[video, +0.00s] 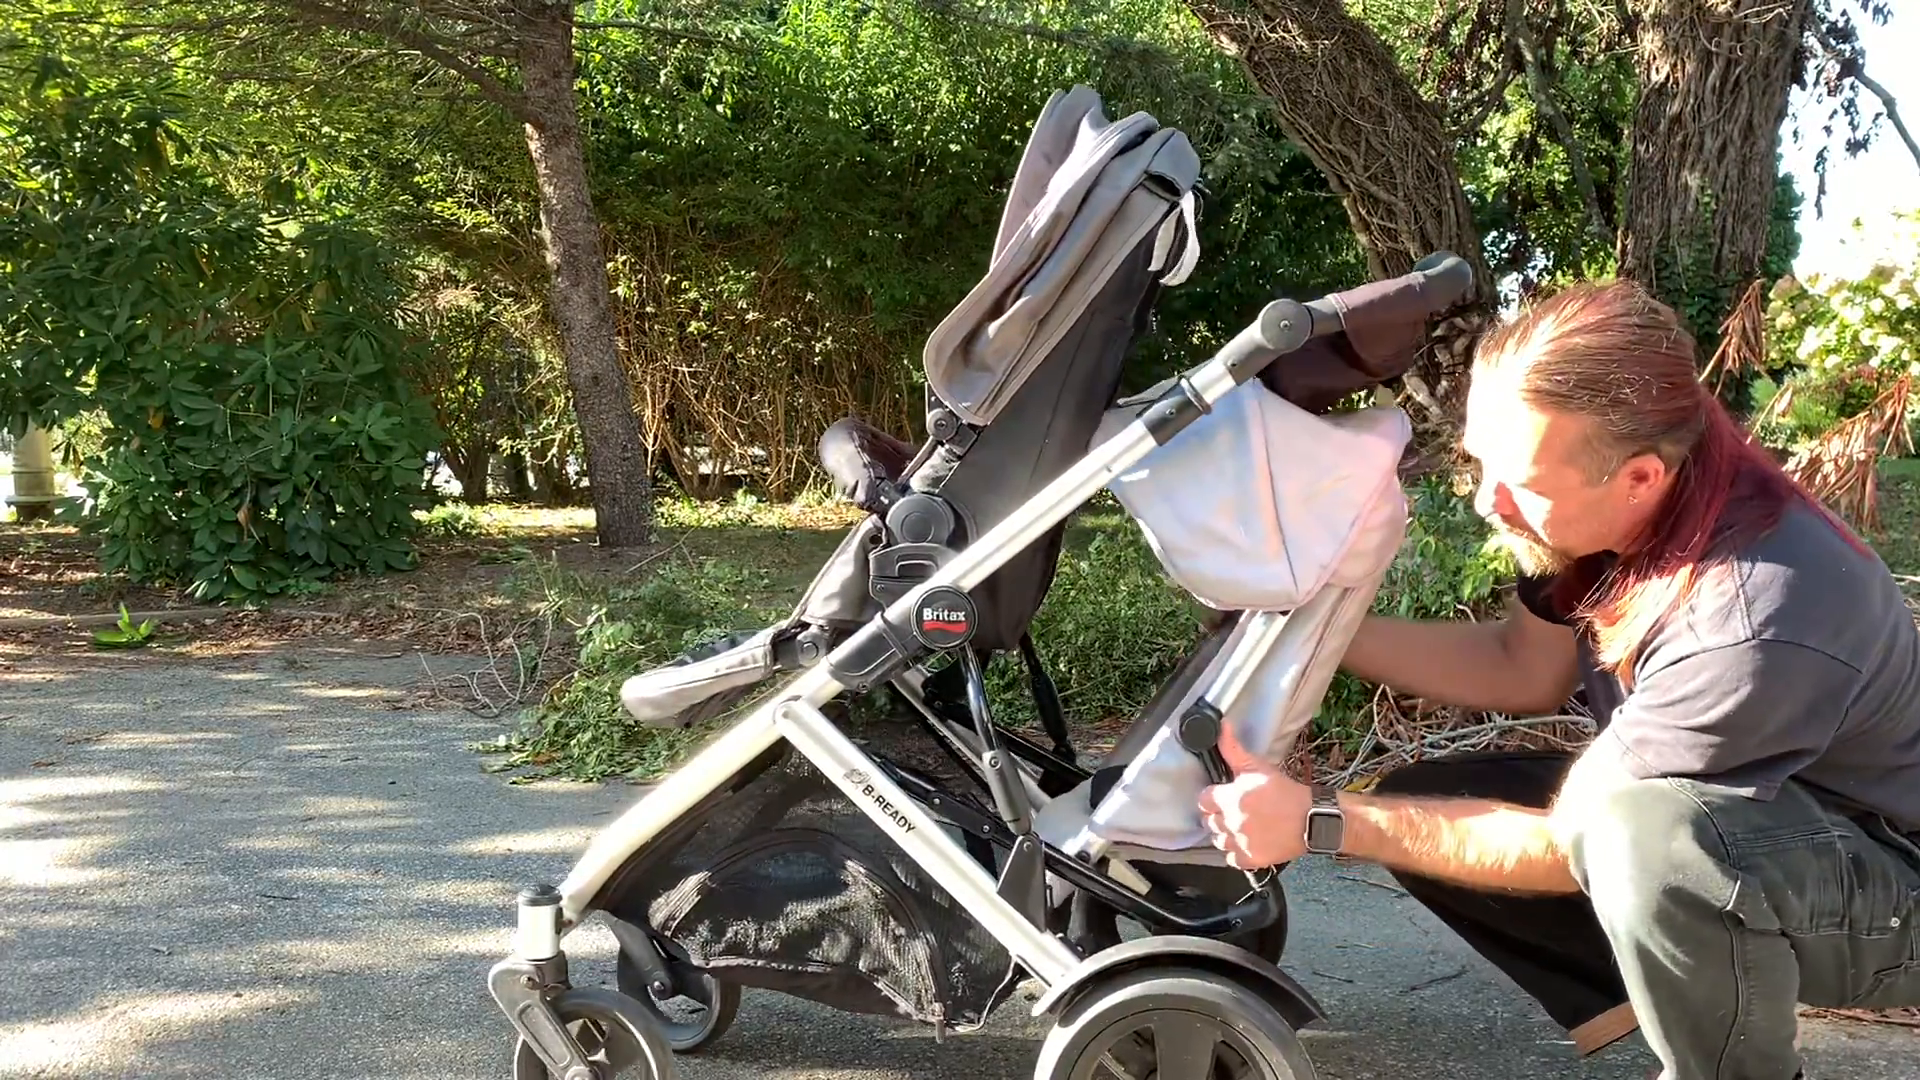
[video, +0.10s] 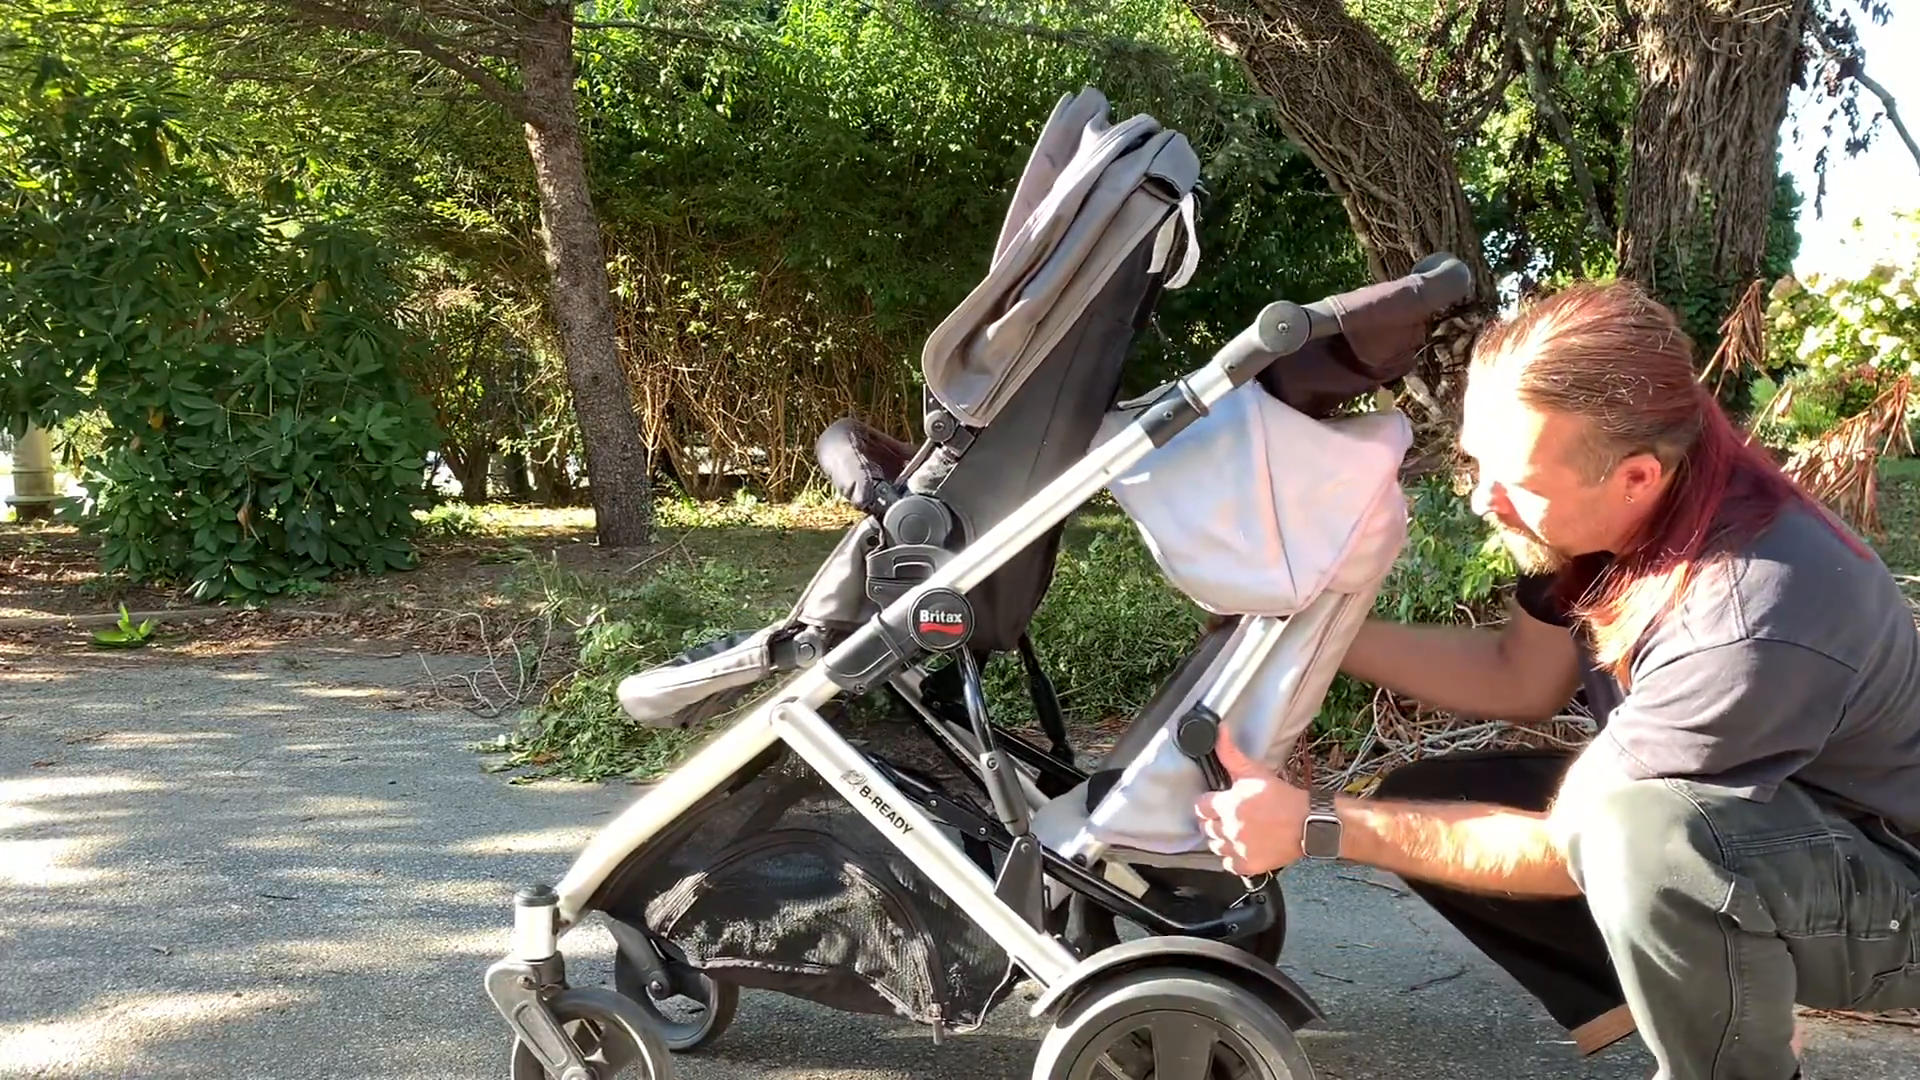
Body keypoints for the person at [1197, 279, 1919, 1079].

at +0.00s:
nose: (1488, 505)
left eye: (1521, 485)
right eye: (1485, 471)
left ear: (1639, 483)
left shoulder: (1751, 627)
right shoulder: (1615, 515)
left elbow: (1560, 849)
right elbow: (1522, 664)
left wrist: (1322, 824)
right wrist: (1312, 624)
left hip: (1894, 874)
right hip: (1748, 804)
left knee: (1650, 836)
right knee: (1409, 808)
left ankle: (1725, 1070)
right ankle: (1667, 1025)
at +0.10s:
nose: (1482, 503)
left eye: (1514, 484)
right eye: (1480, 469)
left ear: (1634, 483)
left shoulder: (1749, 628)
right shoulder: (1610, 515)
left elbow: (1558, 852)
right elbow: (1521, 675)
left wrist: (1322, 827)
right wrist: (1313, 626)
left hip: (1896, 879)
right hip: (1759, 807)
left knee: (1649, 839)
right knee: (1424, 803)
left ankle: (1724, 1064)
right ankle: (1671, 1024)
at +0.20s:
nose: (1480, 507)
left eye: (1510, 488)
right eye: (1476, 475)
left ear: (1631, 484)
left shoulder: (1746, 627)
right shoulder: (1606, 516)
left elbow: (1556, 854)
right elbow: (1519, 678)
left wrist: (1316, 827)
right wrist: (1311, 628)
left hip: (1898, 879)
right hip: (1772, 809)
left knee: (1647, 840)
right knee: (1433, 798)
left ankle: (1726, 1066)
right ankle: (1675, 1028)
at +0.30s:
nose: (1472, 508)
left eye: (1502, 491)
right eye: (1468, 477)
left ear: (1621, 489)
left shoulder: (1740, 626)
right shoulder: (1588, 521)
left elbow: (1546, 863)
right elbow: (1521, 688)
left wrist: (1303, 842)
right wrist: (1319, 646)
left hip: (1896, 878)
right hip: (1771, 809)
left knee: (1645, 838)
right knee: (1440, 794)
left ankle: (1730, 1064)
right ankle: (1670, 1032)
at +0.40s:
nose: (1465, 515)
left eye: (1495, 497)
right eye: (1462, 482)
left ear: (1614, 494)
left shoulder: (1733, 625)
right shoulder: (1580, 521)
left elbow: (1525, 868)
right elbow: (1510, 689)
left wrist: (1278, 847)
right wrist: (1310, 660)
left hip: (1897, 875)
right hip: (1784, 807)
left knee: (1639, 836)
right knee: (1450, 786)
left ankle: (1738, 1059)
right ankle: (1683, 1027)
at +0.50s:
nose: (1461, 516)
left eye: (1490, 498)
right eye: (1459, 484)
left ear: (1605, 494)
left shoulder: (1722, 622)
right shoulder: (1585, 523)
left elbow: (1514, 864)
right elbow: (1512, 691)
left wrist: (1271, 833)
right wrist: (1313, 654)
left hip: (1896, 874)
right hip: (1792, 806)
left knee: (1635, 838)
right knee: (1454, 783)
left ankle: (1747, 1059)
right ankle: (1677, 1033)